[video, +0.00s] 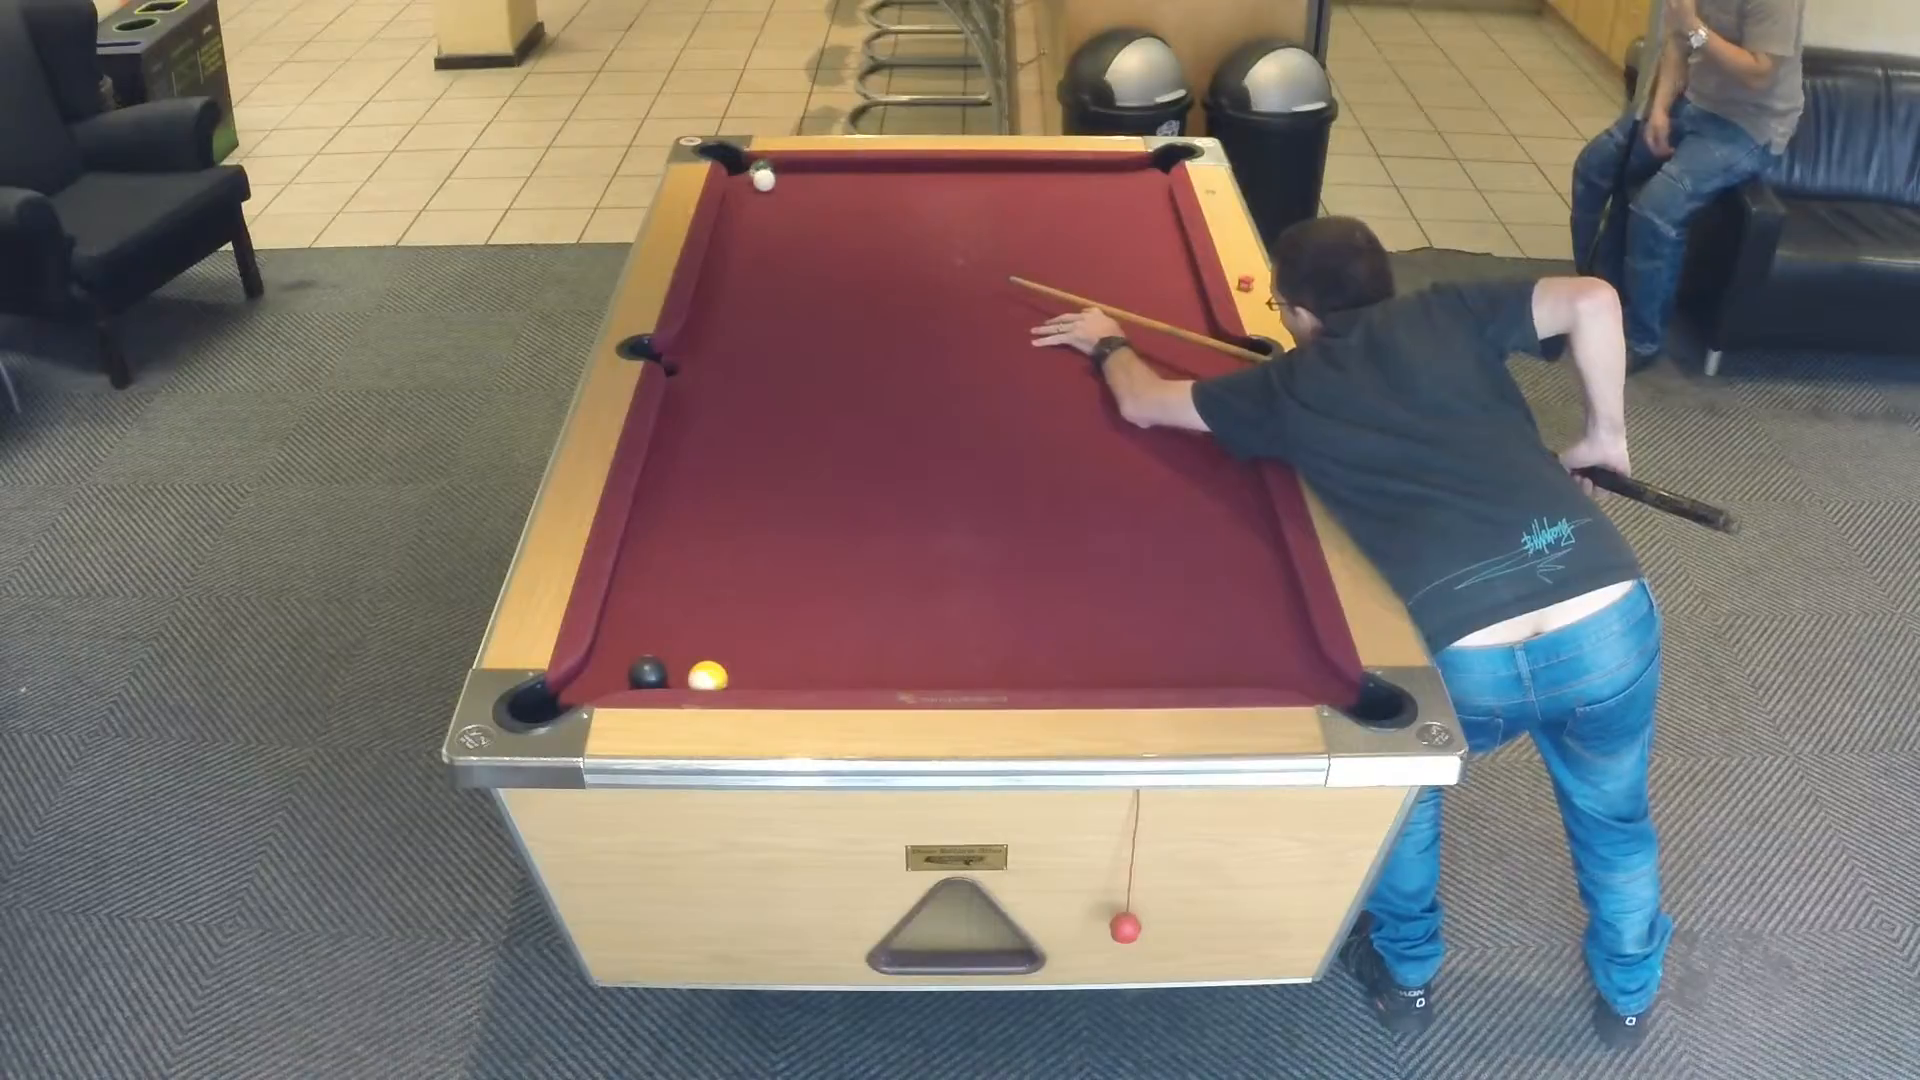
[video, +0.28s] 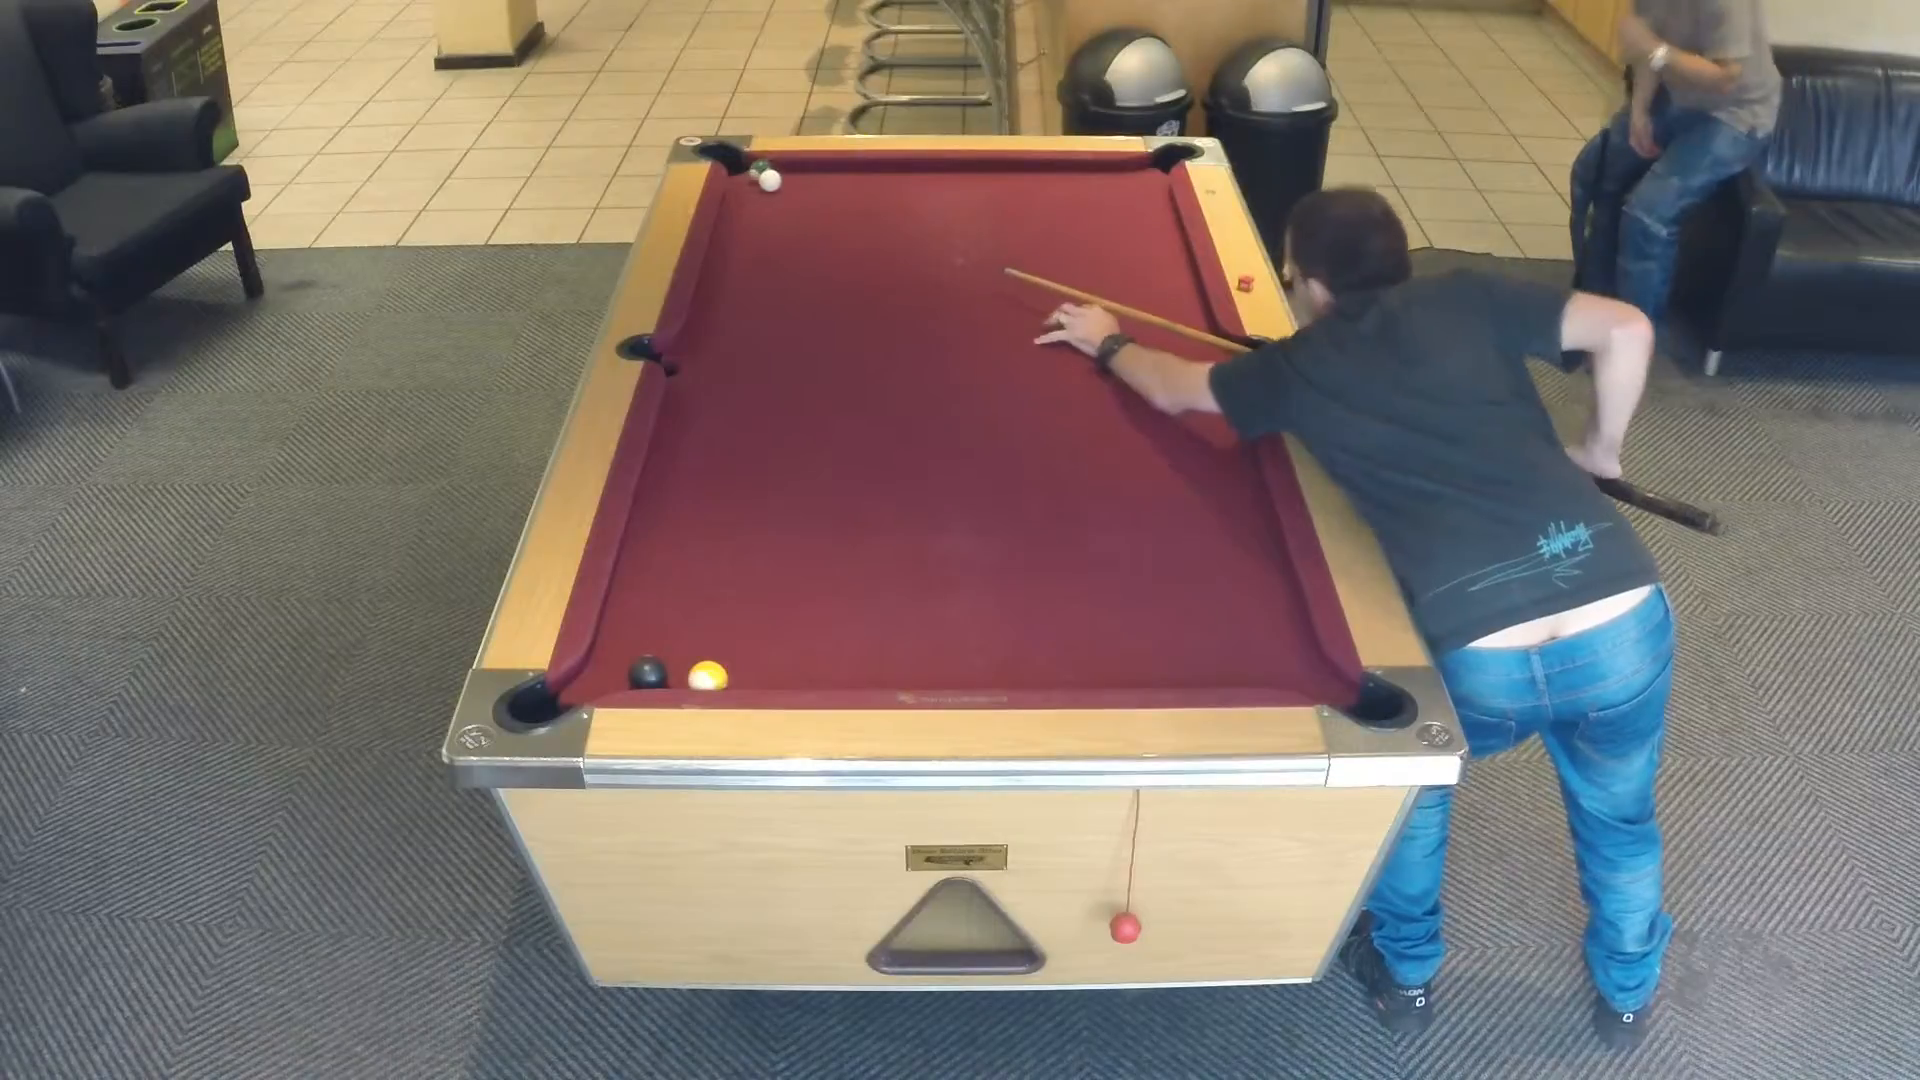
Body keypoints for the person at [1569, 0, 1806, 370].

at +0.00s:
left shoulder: (1774, 6)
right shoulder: (1689, 3)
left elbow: (1760, 75)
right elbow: (1676, 46)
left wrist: (1693, 28)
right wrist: (1659, 109)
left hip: (1747, 128)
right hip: (1688, 107)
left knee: (1652, 211)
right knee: (1594, 166)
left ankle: (1642, 341)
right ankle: (1594, 305)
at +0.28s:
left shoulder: (1728, 6)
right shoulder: (1650, 5)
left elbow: (1725, 79)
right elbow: (1648, 45)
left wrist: (1652, 49)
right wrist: (1640, 109)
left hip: (1738, 114)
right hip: (1678, 101)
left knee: (1646, 213)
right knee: (1591, 172)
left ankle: (1634, 343)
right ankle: (1593, 307)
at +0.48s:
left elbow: (1694, 67)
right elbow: (1620, 11)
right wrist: (1607, 89)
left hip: (1718, 93)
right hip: (1659, 79)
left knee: (1639, 221)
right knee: (1593, 176)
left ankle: (1634, 344)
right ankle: (1594, 304)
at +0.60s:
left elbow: (1686, 47)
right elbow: (1606, 6)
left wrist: (1632, 126)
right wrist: (1584, 60)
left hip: (1699, 87)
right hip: (1643, 70)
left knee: (1636, 222)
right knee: (1591, 179)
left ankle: (1640, 336)